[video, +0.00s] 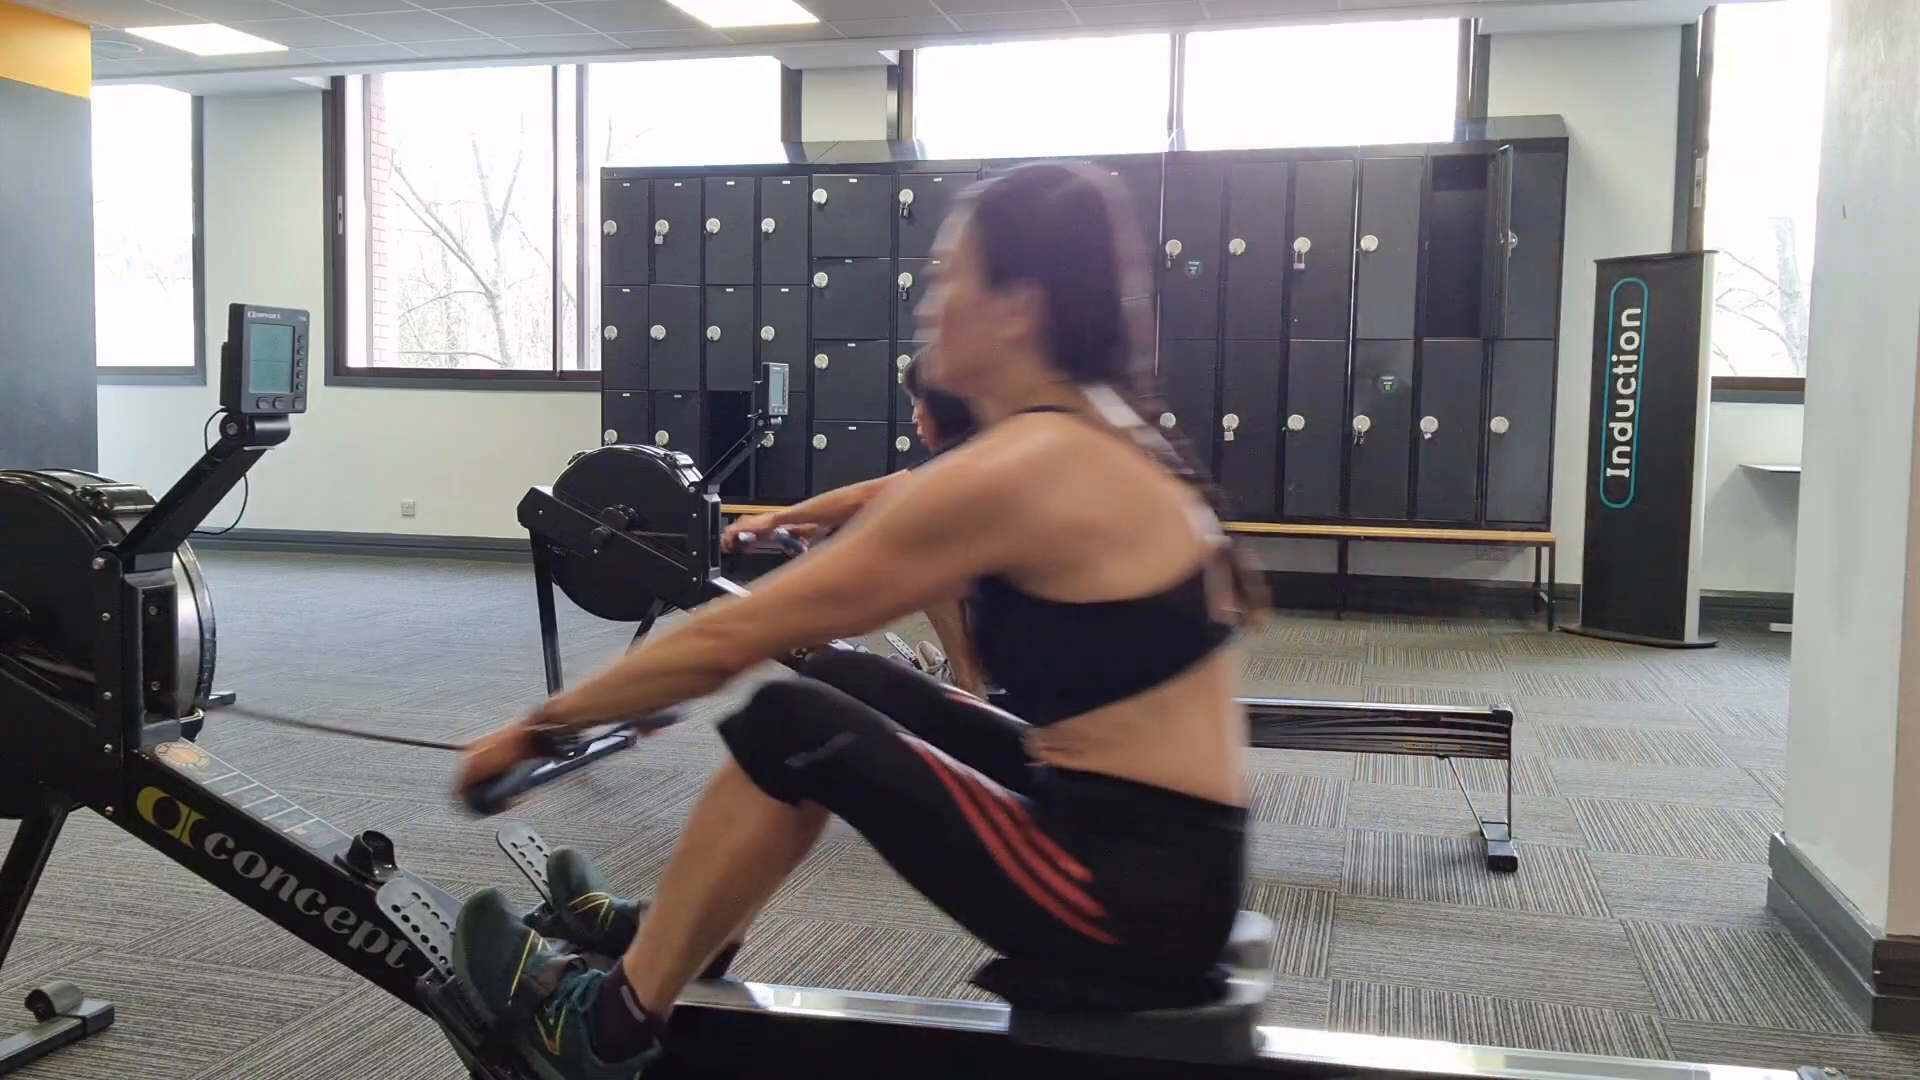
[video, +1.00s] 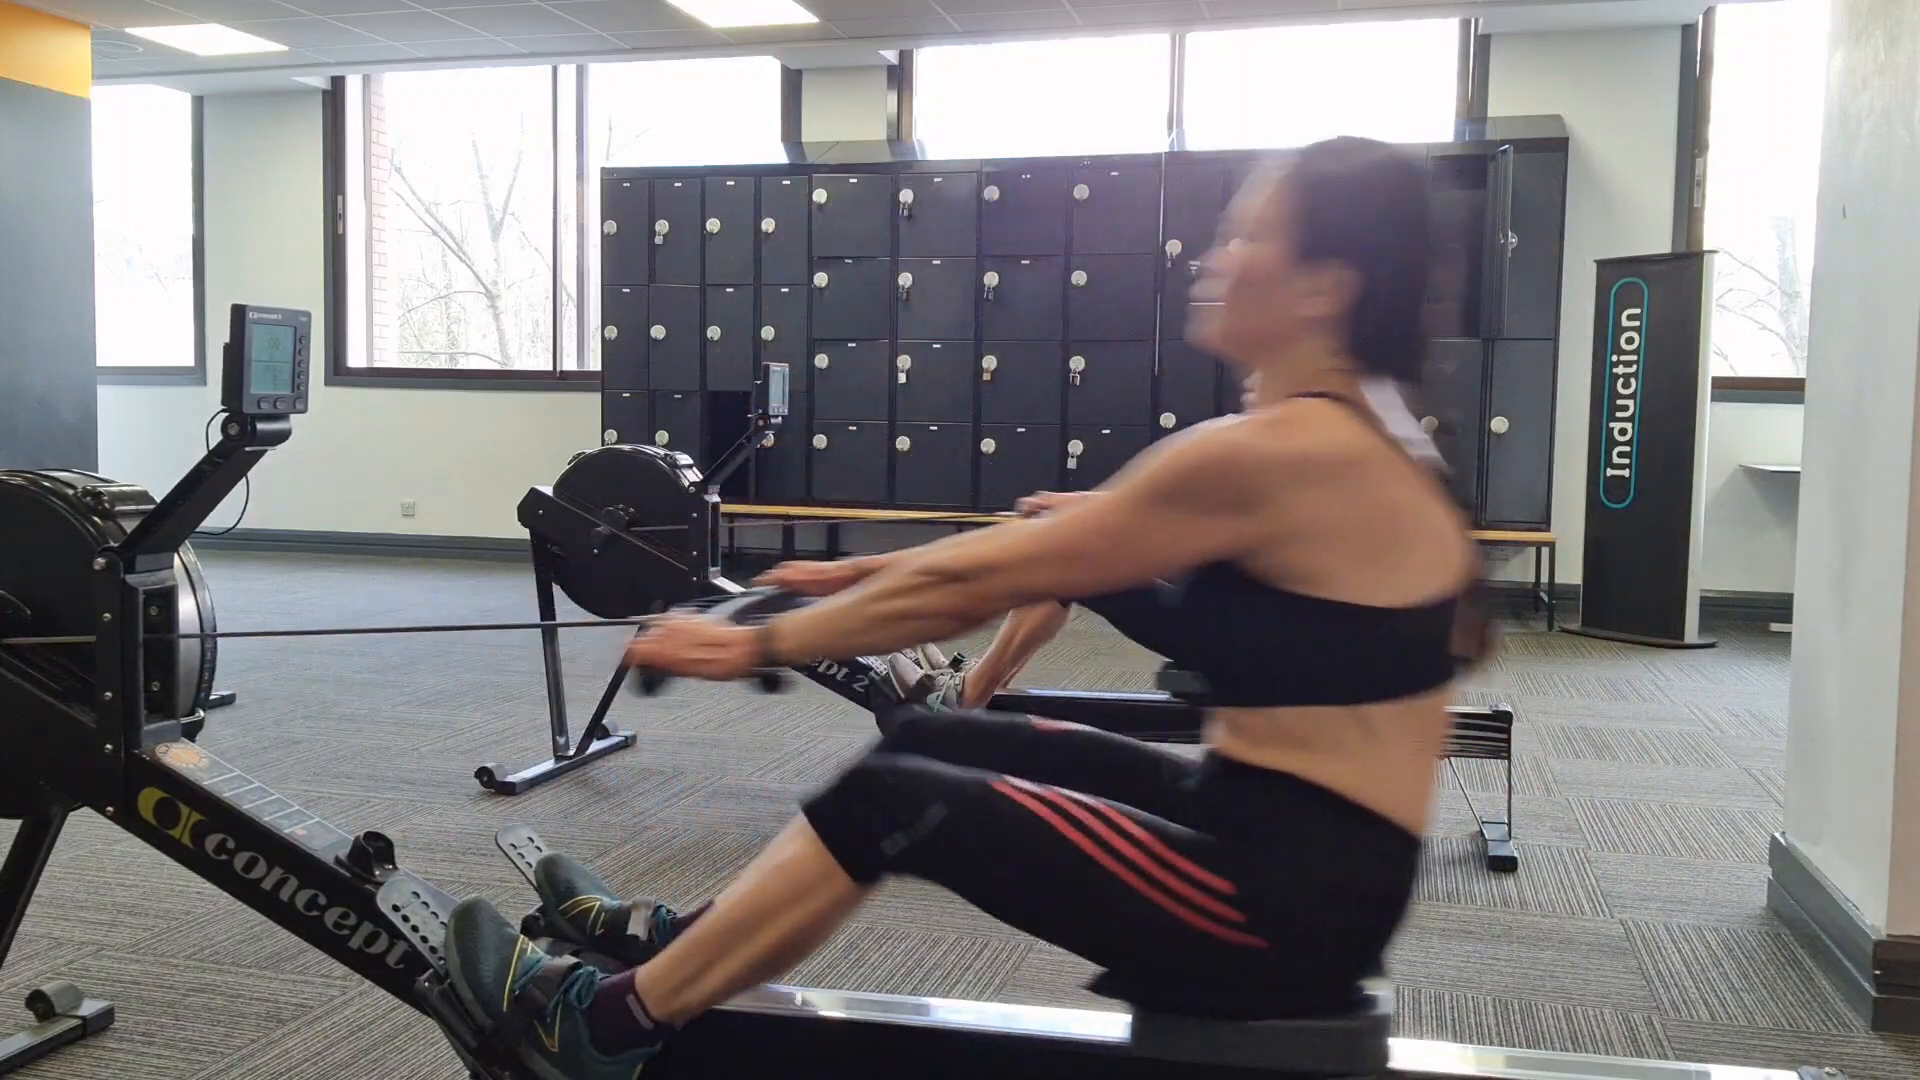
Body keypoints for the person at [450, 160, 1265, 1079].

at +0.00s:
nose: (927, 309)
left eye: (948, 283)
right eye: (935, 283)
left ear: (1025, 308)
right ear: (1031, 311)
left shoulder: (1019, 471)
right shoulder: (1105, 434)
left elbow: (733, 640)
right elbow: (923, 494)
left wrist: (539, 724)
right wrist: (789, 525)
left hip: (1123, 900)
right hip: (1164, 856)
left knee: (791, 719)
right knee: (829, 674)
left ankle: (623, 1012)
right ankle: (690, 946)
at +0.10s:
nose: (841, 321)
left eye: (860, 294)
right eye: (849, 294)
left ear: (936, 320)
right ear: (947, 322)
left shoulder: (930, 478)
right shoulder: (1029, 444)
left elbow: (636, 639)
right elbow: (921, 541)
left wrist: (453, 738)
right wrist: (804, 526)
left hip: (1053, 905)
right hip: (1112, 869)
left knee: (749, 704)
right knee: (800, 661)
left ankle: (612, 1014)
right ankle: (691, 948)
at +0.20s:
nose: (773, 331)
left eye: (789, 308)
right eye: (781, 305)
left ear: (858, 332)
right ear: (893, 339)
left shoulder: (852, 482)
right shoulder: (970, 457)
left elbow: (568, 631)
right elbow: (778, 587)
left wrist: (376, 730)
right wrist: (636, 640)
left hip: (1003, 895)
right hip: (1072, 871)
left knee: (708, 689)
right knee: (762, 651)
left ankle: (609, 1009)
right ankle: (685, 956)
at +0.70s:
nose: (911, 290)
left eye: (935, 268)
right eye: (922, 266)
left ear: (1010, 310)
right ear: (1017, 313)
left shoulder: (973, 462)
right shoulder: (1081, 433)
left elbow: (692, 582)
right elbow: (893, 533)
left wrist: (486, 645)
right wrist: (723, 537)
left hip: (1070, 886)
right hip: (1135, 850)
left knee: (760, 694)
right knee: (799, 651)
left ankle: (609, 1008)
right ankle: (684, 943)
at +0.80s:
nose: (1001, 281)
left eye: (1029, 260)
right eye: (1013, 257)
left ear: (1104, 303)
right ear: (1110, 307)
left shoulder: (1061, 457)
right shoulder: (1153, 431)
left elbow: (781, 579)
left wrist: (565, 638)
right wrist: (699, 583)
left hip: (1144, 880)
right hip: (1186, 837)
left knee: (807, 722)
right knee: (843, 674)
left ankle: (614, 1012)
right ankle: (677, 950)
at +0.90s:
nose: (1102, 268)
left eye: (1132, 248)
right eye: (1119, 242)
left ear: (1206, 292)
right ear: (1210, 295)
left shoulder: (1152, 458)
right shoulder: (1262, 433)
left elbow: (859, 585)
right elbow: (1011, 545)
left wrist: (654, 645)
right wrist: (797, 573)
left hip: (1209, 882)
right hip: (1242, 823)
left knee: (851, 757)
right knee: (884, 703)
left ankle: (614, 1019)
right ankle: (661, 955)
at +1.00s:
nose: (1209, 261)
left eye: (1243, 241)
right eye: (1223, 236)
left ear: (1328, 290)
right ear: (1313, 295)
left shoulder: (1266, 456)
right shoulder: (1325, 430)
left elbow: (983, 590)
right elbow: (1056, 540)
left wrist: (757, 645)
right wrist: (857, 569)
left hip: (1281, 886)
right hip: (1283, 812)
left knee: (906, 790)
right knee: (921, 742)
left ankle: (625, 1020)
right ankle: (682, 964)